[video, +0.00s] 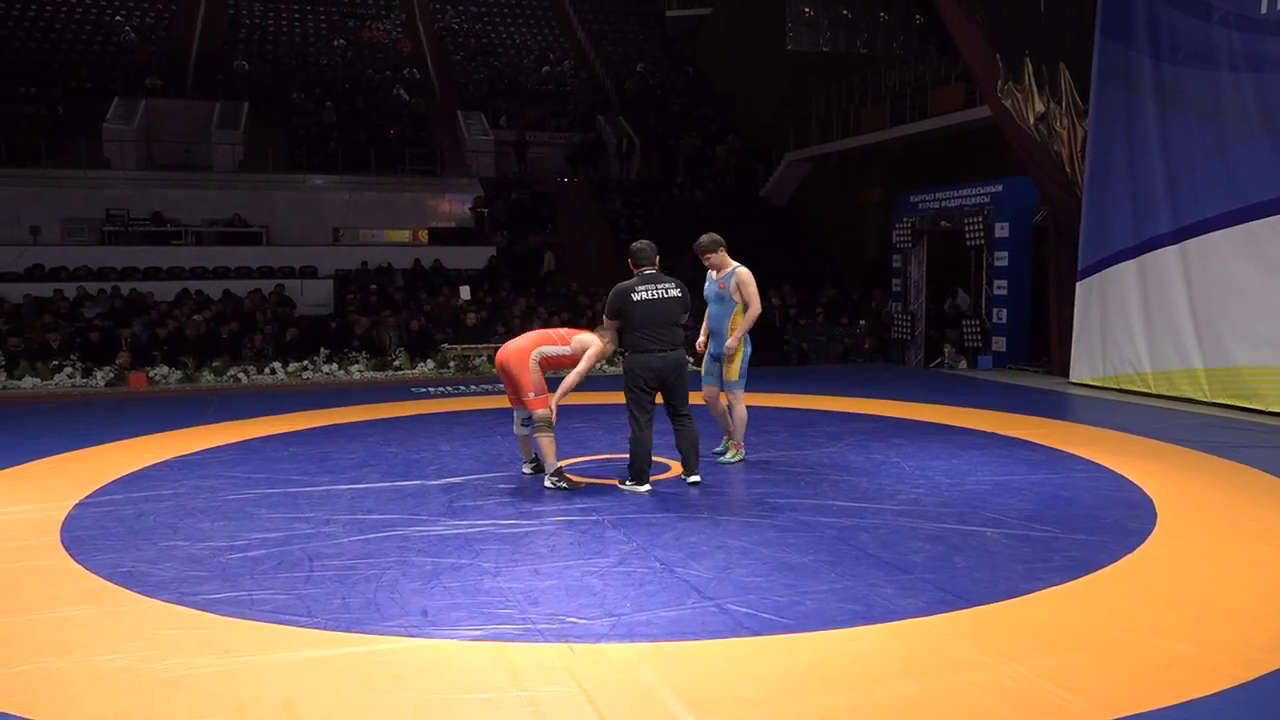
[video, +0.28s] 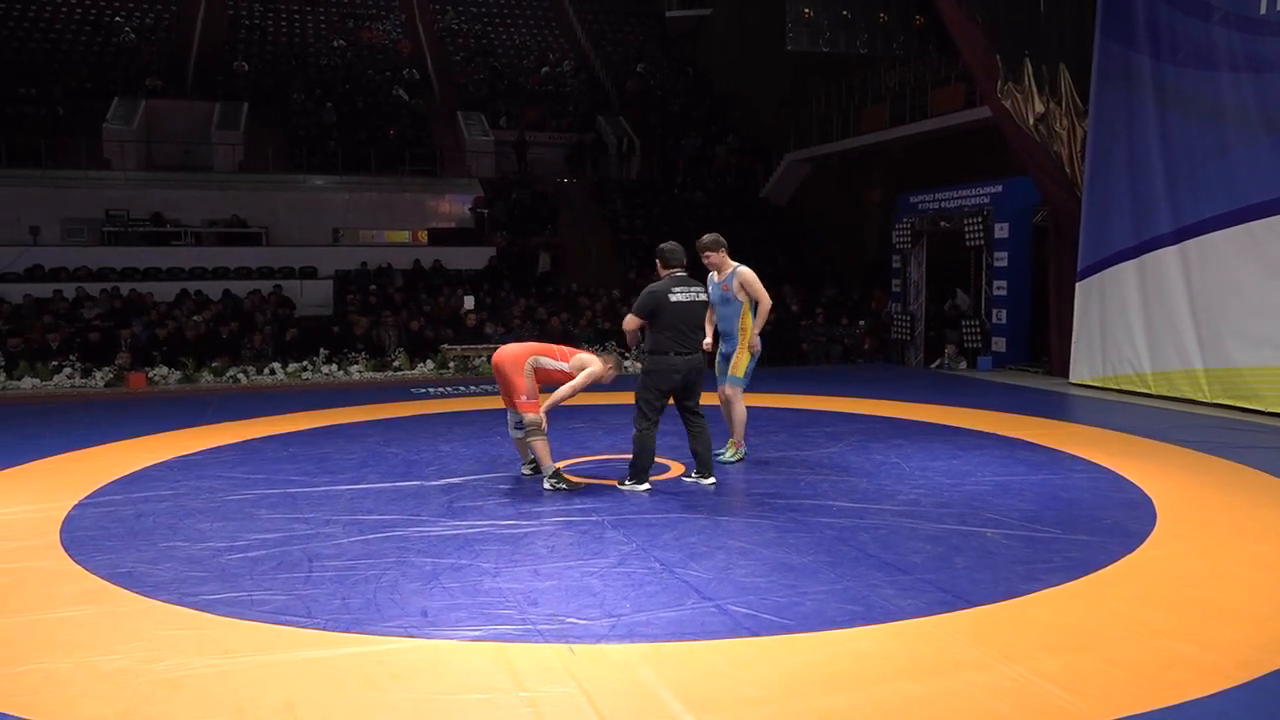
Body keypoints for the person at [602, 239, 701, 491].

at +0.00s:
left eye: (630, 262)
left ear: (631, 264)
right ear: (658, 262)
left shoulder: (621, 291)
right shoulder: (677, 287)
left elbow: (610, 323)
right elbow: (683, 319)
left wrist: (634, 318)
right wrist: (656, 315)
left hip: (639, 363)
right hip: (674, 361)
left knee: (640, 421)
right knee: (682, 414)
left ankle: (639, 479)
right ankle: (692, 471)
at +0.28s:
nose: (656, 266)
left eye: (656, 263)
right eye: (658, 263)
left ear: (659, 264)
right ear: (684, 263)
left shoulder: (655, 291)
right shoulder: (700, 289)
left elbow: (629, 325)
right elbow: (700, 323)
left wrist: (635, 343)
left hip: (661, 364)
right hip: (693, 362)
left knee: (646, 420)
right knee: (693, 414)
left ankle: (639, 477)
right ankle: (704, 471)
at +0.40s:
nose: (667, 266)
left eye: (668, 262)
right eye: (668, 262)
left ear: (673, 262)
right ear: (695, 261)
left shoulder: (674, 289)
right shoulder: (710, 286)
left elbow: (658, 325)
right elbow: (690, 306)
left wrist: (640, 345)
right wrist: (670, 286)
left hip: (677, 362)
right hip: (704, 360)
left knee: (653, 416)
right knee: (700, 414)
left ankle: (639, 472)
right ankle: (705, 472)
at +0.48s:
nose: (672, 265)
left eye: (673, 261)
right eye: (672, 261)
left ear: (684, 260)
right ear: (698, 260)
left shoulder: (687, 285)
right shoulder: (713, 283)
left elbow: (681, 320)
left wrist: (657, 344)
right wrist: (670, 280)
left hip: (685, 359)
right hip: (709, 357)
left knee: (663, 415)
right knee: (703, 414)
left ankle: (644, 469)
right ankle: (705, 471)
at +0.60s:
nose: (682, 263)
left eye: (686, 258)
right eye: (681, 259)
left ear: (702, 257)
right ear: (701, 259)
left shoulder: (707, 282)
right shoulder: (710, 279)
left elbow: (711, 315)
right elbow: (692, 295)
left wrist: (685, 343)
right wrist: (672, 276)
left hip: (700, 355)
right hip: (713, 354)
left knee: (677, 411)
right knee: (708, 413)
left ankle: (665, 469)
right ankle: (707, 470)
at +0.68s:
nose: (693, 262)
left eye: (698, 257)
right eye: (690, 258)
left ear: (713, 257)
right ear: (691, 260)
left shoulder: (719, 279)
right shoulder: (707, 280)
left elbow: (728, 309)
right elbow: (695, 293)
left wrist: (705, 337)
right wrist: (674, 278)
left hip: (707, 356)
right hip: (714, 355)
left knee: (688, 412)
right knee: (712, 415)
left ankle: (687, 471)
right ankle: (710, 470)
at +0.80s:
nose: (708, 262)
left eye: (713, 256)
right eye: (704, 258)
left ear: (726, 257)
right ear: (701, 261)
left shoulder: (732, 278)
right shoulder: (711, 284)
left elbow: (748, 293)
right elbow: (705, 303)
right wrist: (687, 296)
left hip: (721, 354)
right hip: (708, 354)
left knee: (707, 411)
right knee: (713, 412)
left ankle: (722, 469)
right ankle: (713, 464)